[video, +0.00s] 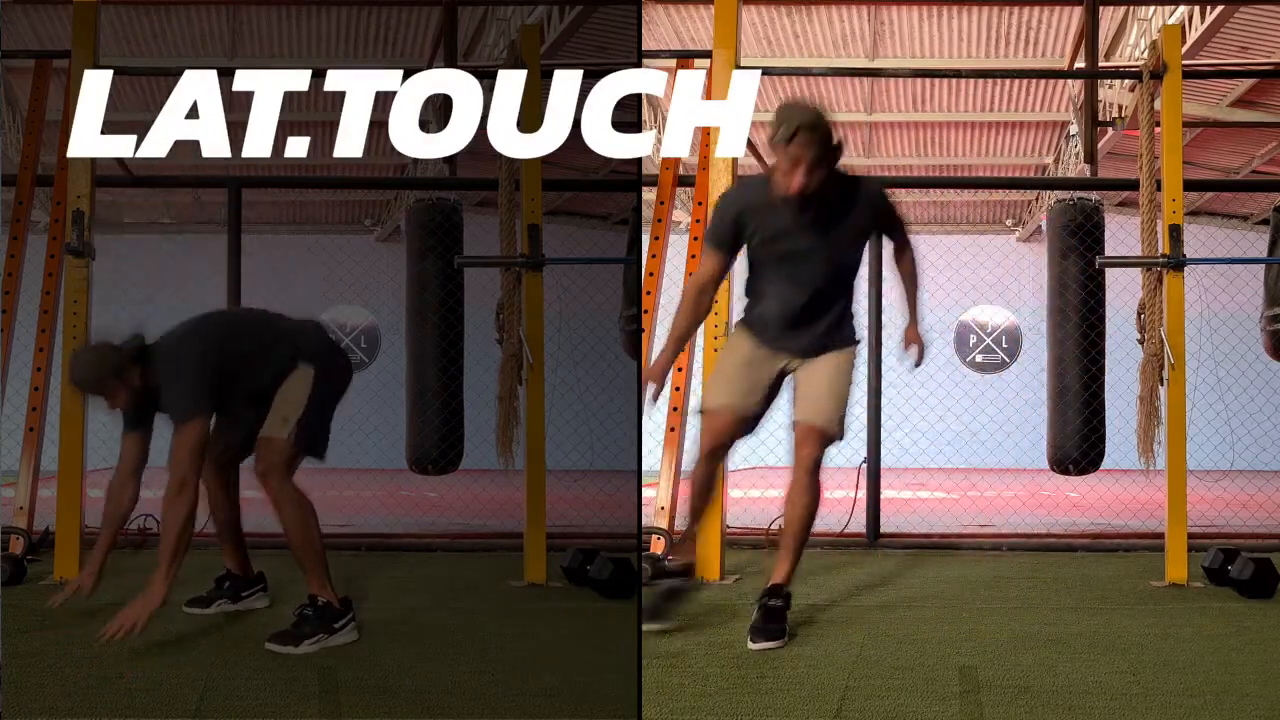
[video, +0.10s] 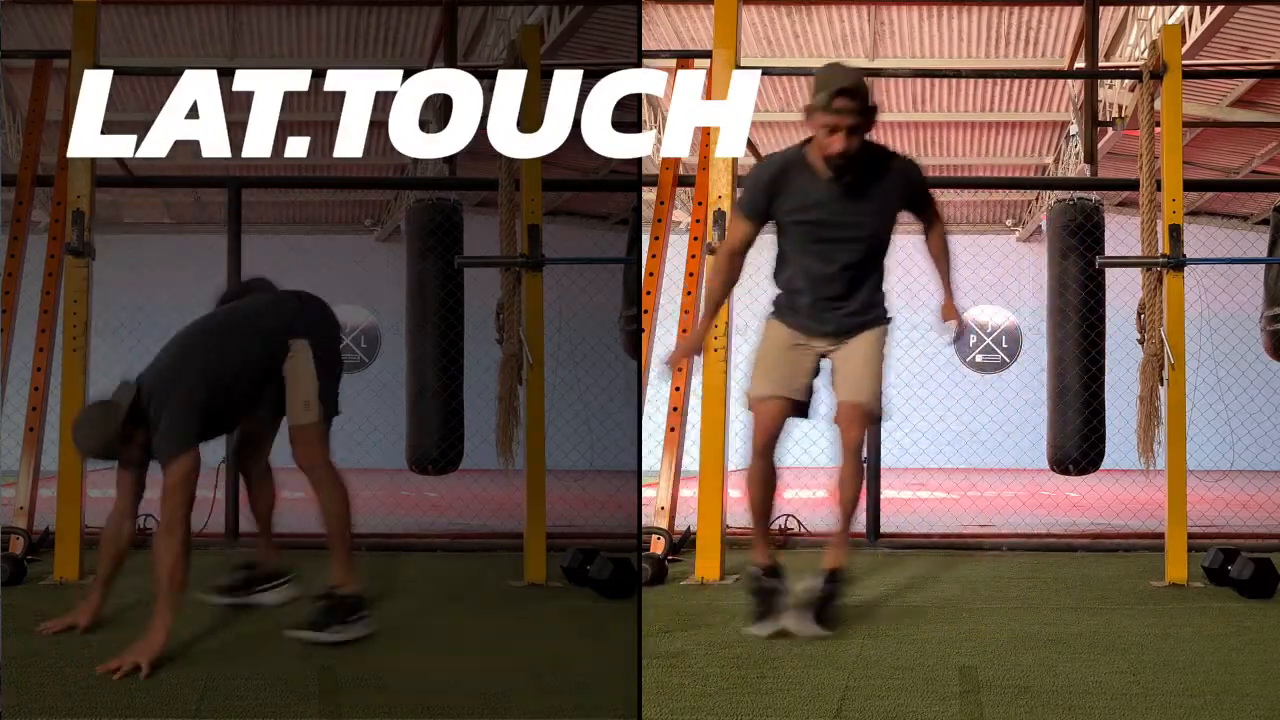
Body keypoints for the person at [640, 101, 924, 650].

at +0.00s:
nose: (800, 180)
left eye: (812, 168)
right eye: (790, 167)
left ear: (830, 159)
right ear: (771, 157)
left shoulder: (861, 200)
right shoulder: (744, 202)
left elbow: (901, 243)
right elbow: (703, 284)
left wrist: (912, 318)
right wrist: (666, 356)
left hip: (829, 343)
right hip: (759, 334)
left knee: (808, 453)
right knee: (713, 438)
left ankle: (777, 592)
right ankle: (683, 553)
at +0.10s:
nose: (840, 145)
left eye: (852, 132)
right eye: (829, 131)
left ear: (869, 126)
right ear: (809, 122)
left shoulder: (895, 174)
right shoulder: (777, 173)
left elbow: (933, 222)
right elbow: (731, 251)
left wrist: (948, 293)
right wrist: (699, 328)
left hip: (862, 323)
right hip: (792, 320)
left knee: (855, 433)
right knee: (763, 433)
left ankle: (833, 567)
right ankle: (764, 566)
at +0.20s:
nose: (880, 142)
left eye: (891, 130)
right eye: (868, 129)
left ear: (905, 125)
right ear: (846, 121)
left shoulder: (926, 177)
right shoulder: (813, 176)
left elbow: (966, 236)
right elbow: (762, 243)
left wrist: (985, 302)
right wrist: (739, 327)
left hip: (893, 336)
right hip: (820, 338)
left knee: (917, 441)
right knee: (804, 458)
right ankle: (798, 591)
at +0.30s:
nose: (920, 138)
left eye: (929, 127)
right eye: (908, 127)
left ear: (940, 125)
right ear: (885, 122)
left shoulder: (965, 187)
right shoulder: (852, 183)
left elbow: (997, 255)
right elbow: (809, 253)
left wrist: (1016, 314)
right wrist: (778, 331)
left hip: (935, 352)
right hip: (860, 350)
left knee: (982, 466)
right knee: (826, 467)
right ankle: (800, 592)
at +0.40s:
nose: (961, 129)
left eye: (971, 117)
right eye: (949, 117)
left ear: (984, 117)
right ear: (926, 114)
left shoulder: (1010, 177)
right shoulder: (895, 184)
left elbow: (1049, 245)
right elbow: (866, 251)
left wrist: (1040, 298)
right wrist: (826, 316)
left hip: (988, 350)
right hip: (915, 349)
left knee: (1020, 471)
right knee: (873, 458)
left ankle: (1038, 592)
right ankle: (829, 582)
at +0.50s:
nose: (1000, 142)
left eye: (1009, 129)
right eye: (987, 129)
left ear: (1020, 121)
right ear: (962, 119)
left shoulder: (1047, 168)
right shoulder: (932, 174)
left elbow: (1088, 239)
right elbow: (902, 245)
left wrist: (1069, 299)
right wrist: (873, 314)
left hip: (1029, 332)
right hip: (955, 331)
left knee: (1062, 442)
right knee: (929, 439)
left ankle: (1054, 581)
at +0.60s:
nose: (1038, 175)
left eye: (1045, 164)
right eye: (1027, 164)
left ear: (1058, 153)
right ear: (1002, 148)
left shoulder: (1085, 195)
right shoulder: (966, 195)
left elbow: (1132, 277)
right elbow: (930, 251)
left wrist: (1109, 346)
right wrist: (914, 327)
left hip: (1063, 339)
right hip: (988, 340)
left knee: (1098, 438)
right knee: (984, 454)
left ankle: (1114, 571)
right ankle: (1016, 585)